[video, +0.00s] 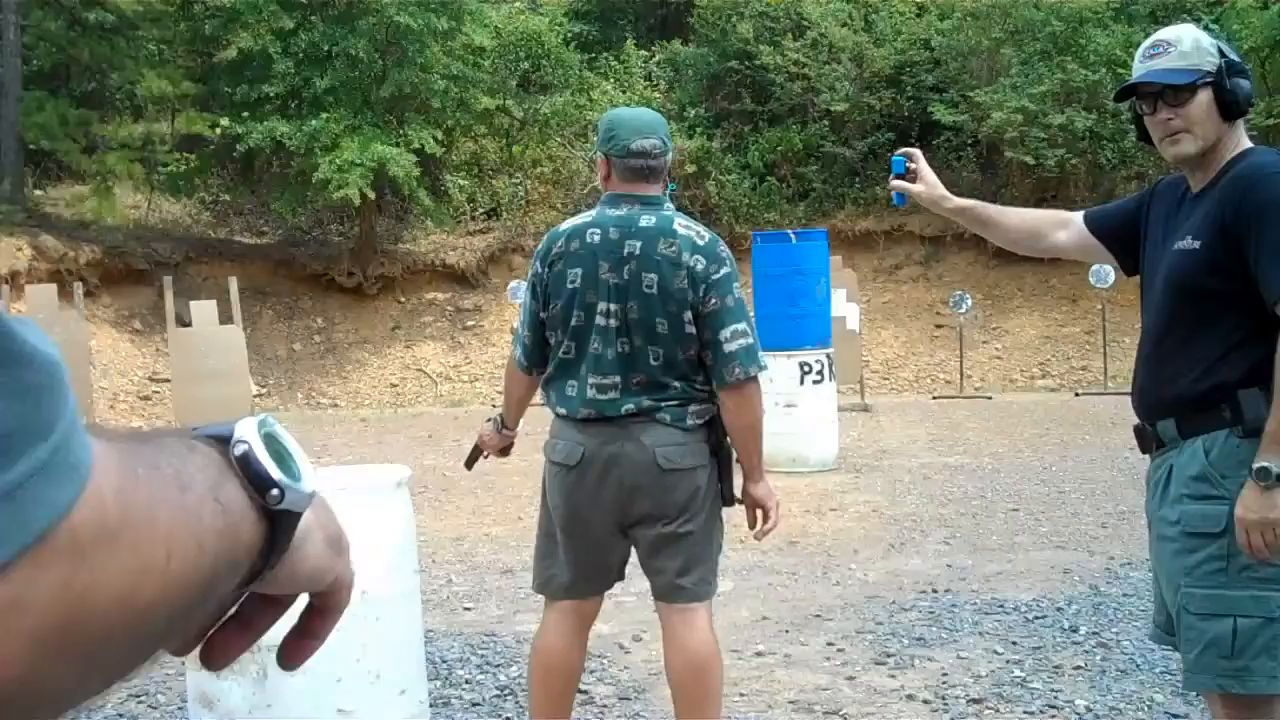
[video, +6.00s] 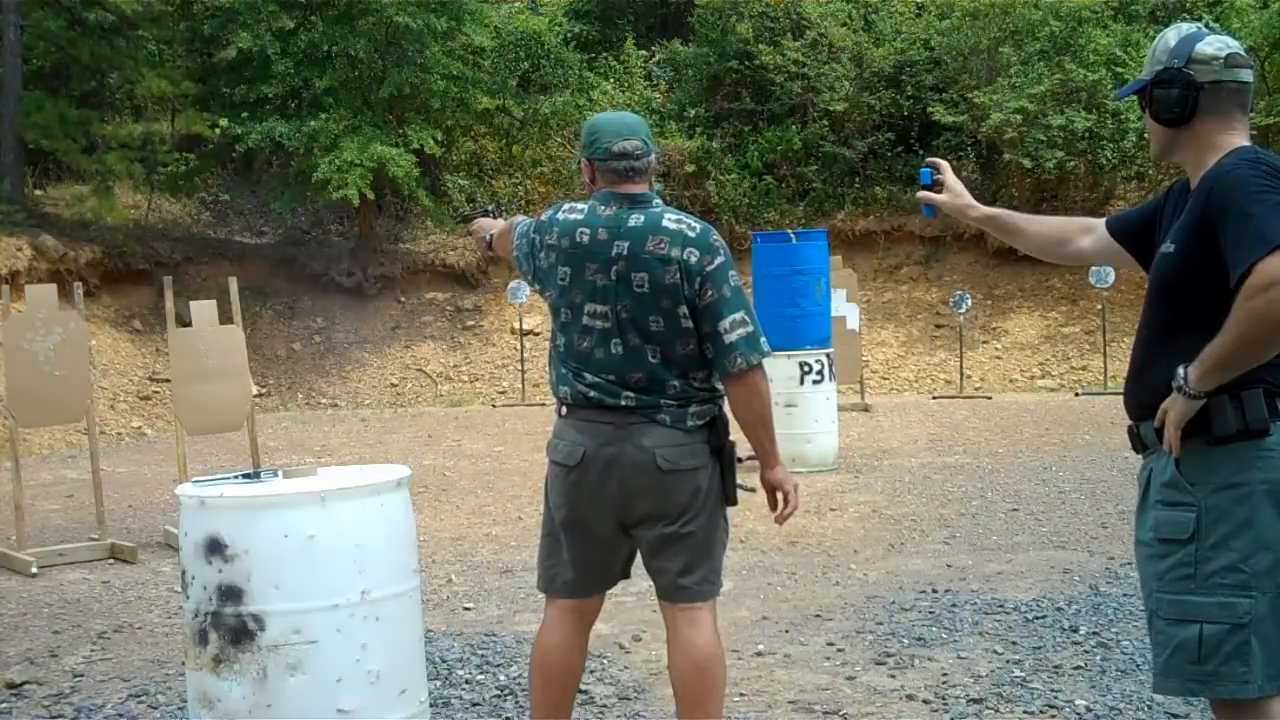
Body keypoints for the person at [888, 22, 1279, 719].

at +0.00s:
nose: (1163, 114)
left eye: (1180, 94)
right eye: (1150, 102)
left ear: (1228, 94)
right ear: (1142, 115)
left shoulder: (1262, 185)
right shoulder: (1164, 202)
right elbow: (1057, 231)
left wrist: (1267, 472)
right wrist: (946, 204)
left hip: (1228, 460)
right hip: (1177, 461)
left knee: (1246, 691)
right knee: (1225, 681)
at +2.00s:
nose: (1141, 115)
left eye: (1148, 100)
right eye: (1142, 101)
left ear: (1180, 101)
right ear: (1216, 102)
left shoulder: (1248, 177)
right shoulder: (1173, 198)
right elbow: (1066, 229)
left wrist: (1213, 376)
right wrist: (958, 203)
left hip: (1230, 459)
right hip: (1185, 459)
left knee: (1242, 689)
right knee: (1232, 683)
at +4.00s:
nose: (1144, 116)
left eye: (1149, 101)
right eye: (1144, 102)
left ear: (1177, 102)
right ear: (1220, 102)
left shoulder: (1247, 179)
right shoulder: (1185, 200)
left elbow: (1279, 278)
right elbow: (1082, 239)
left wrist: (1204, 378)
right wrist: (971, 215)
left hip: (1229, 460)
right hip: (1197, 458)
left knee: (1242, 692)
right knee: (1236, 686)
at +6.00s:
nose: (1146, 115)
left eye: (1151, 101)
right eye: (1147, 101)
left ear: (1176, 103)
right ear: (1225, 101)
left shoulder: (1243, 179)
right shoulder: (1189, 197)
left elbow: (1273, 284)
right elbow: (1084, 237)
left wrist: (1193, 383)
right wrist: (975, 212)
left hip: (1223, 463)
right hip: (1204, 459)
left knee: (1242, 691)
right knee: (1240, 685)